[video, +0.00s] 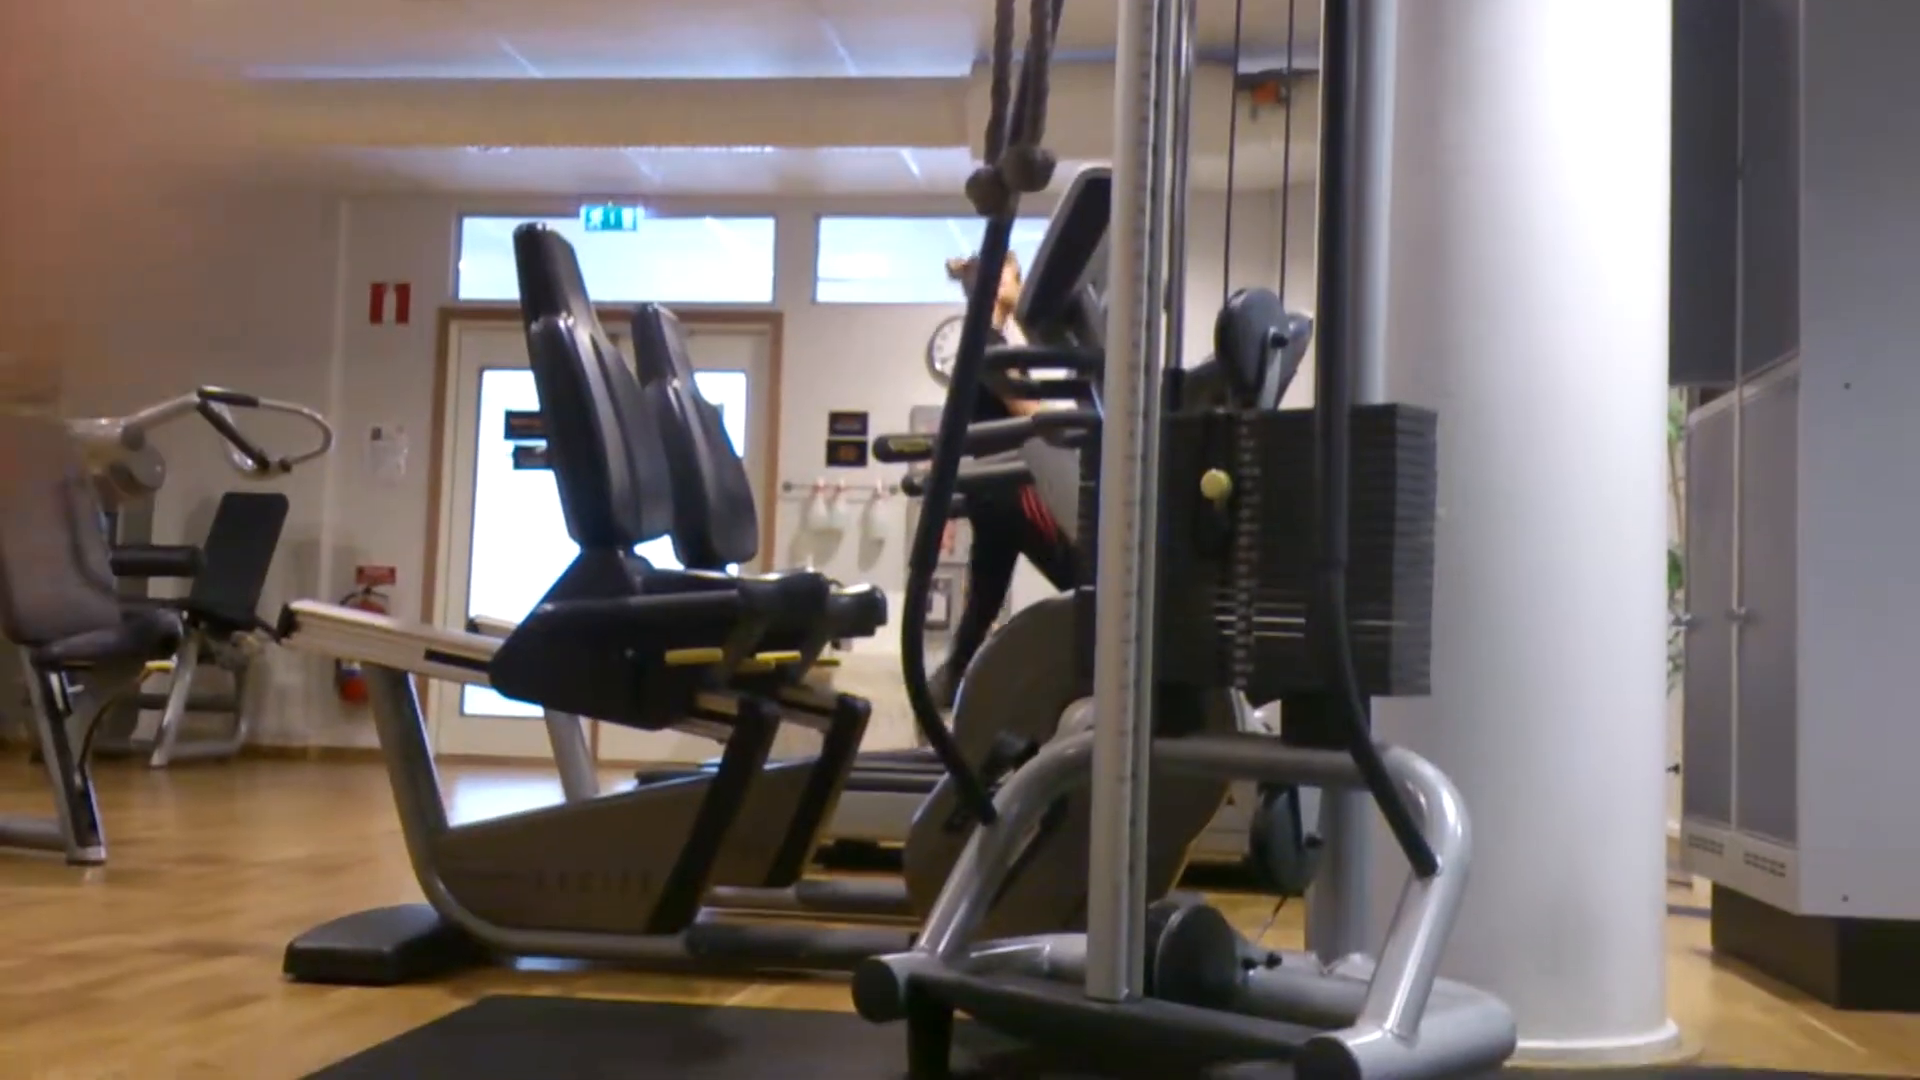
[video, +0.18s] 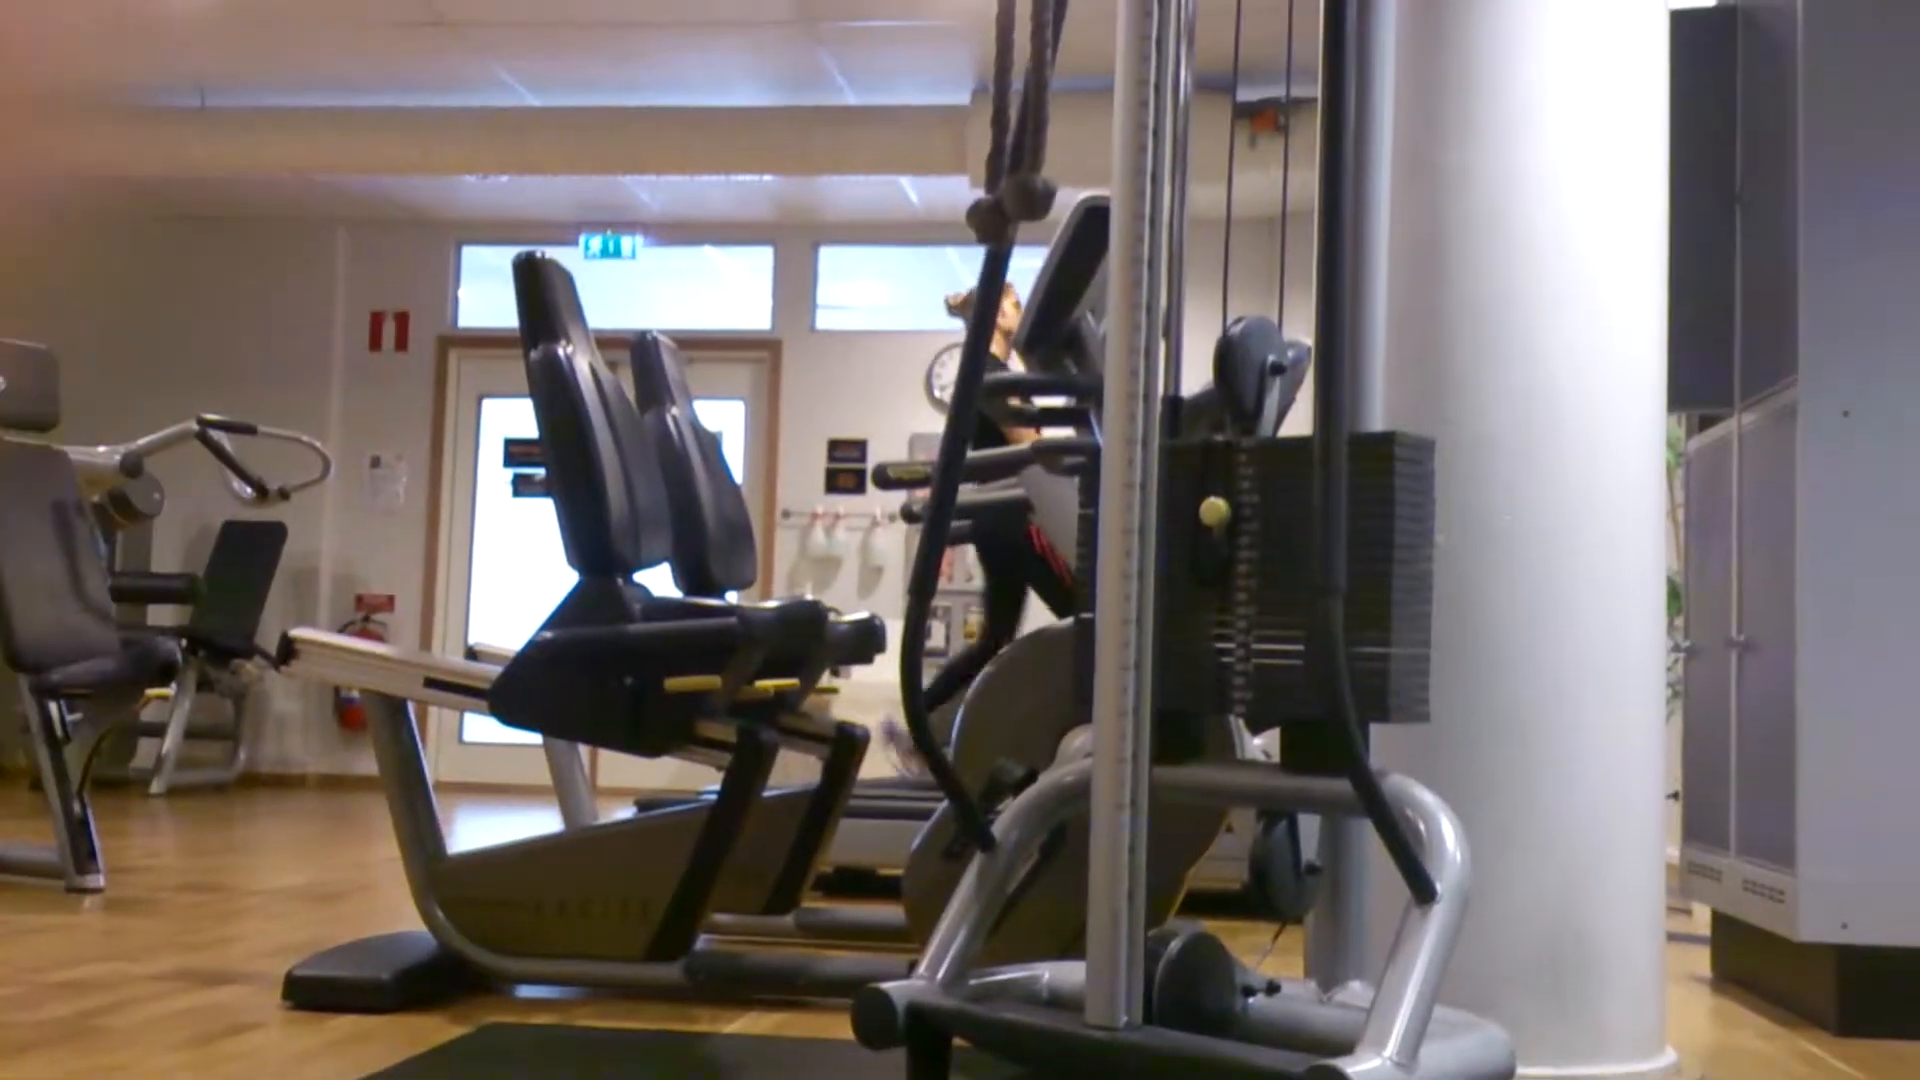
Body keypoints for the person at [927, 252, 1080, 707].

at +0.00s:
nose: (1019, 284)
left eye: (1017, 276)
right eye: (1013, 276)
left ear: (995, 284)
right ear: (996, 283)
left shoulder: (1000, 335)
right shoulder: (989, 340)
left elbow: (1024, 404)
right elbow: (1023, 407)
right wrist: (1068, 422)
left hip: (999, 475)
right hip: (1002, 477)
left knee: (986, 596)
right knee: (1078, 575)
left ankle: (952, 678)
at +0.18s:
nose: (1019, 310)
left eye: (1017, 302)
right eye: (1012, 302)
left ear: (990, 314)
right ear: (992, 311)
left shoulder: (995, 367)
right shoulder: (991, 372)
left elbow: (1024, 437)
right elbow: (1026, 440)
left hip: (997, 511)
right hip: (1004, 511)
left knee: (997, 639)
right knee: (1080, 612)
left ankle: (915, 721)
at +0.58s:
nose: (1012, 329)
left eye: (1010, 322)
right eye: (1003, 324)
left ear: (991, 338)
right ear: (981, 337)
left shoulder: (999, 387)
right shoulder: (979, 392)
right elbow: (1013, 447)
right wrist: (1073, 446)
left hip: (1011, 531)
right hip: (987, 535)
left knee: (1074, 628)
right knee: (961, 654)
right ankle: (894, 742)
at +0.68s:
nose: (1013, 332)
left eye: (1009, 325)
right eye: (1006, 325)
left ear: (977, 338)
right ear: (990, 335)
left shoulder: (993, 382)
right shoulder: (984, 387)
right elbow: (1014, 444)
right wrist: (1069, 452)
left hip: (1015, 526)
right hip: (997, 528)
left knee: (1046, 629)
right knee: (1014, 642)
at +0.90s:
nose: (1007, 334)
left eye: (1003, 325)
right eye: (999, 326)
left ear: (963, 339)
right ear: (980, 337)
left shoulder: (960, 385)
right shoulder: (983, 386)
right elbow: (1024, 445)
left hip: (971, 530)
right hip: (994, 530)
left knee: (968, 649)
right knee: (1061, 624)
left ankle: (945, 740)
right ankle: (1067, 732)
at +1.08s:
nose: (1008, 348)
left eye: (1003, 341)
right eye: (1000, 343)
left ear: (967, 360)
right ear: (987, 355)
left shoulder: (968, 401)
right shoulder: (991, 403)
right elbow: (1017, 469)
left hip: (971, 547)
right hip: (997, 547)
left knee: (964, 674)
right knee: (1059, 653)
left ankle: (887, 746)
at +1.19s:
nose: (1006, 325)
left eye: (1000, 318)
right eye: (998, 319)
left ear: (966, 330)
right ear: (986, 328)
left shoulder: (973, 374)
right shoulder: (987, 379)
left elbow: (1017, 436)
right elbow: (1023, 441)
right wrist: (1076, 453)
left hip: (978, 513)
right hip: (981, 515)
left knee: (1010, 632)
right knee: (1012, 634)